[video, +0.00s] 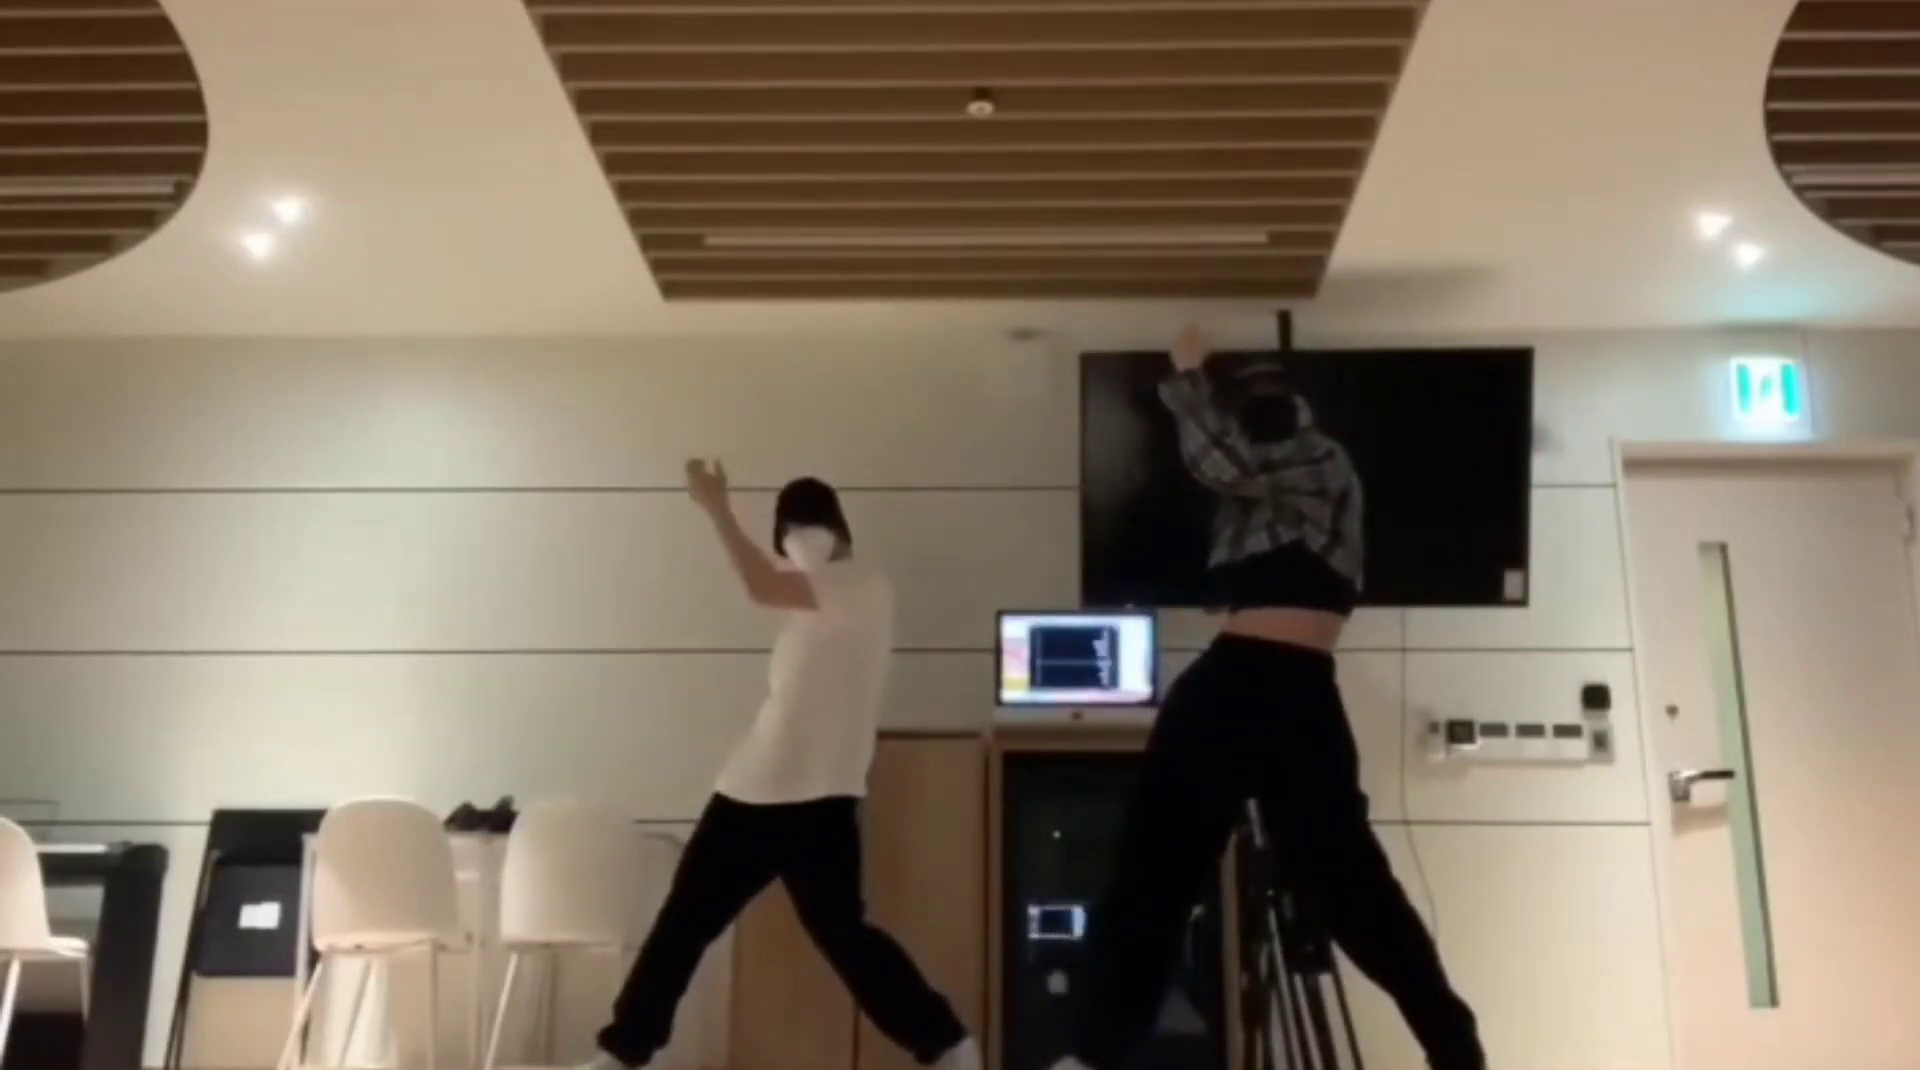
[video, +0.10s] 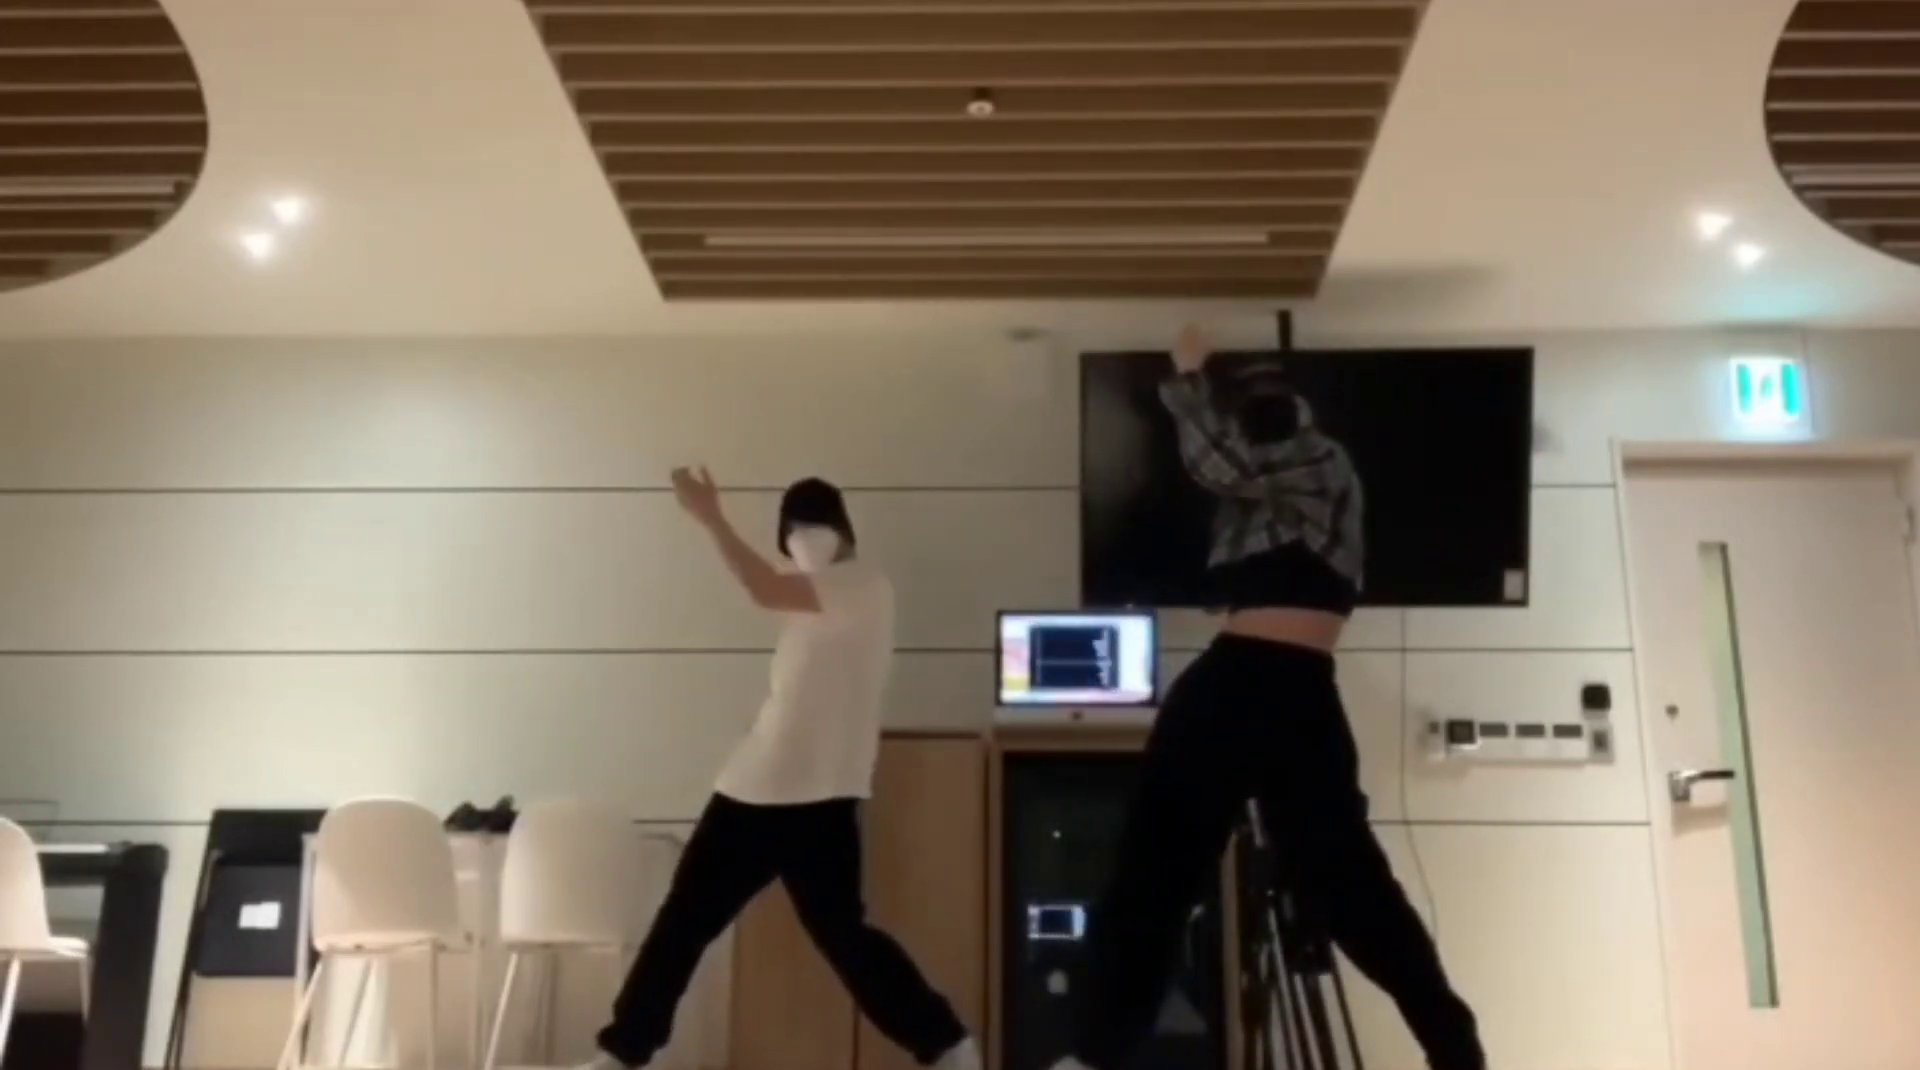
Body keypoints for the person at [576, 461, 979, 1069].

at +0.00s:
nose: (789, 554)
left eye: (791, 541)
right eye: (787, 544)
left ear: (799, 534)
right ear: (840, 530)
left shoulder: (853, 585)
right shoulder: (858, 591)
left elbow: (765, 586)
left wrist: (718, 511)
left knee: (685, 924)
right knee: (842, 931)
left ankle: (624, 1048)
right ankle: (948, 1045)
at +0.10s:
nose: (795, 554)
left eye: (795, 540)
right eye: (793, 544)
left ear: (802, 535)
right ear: (845, 531)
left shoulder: (854, 586)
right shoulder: (864, 592)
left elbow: (769, 590)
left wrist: (712, 519)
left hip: (772, 792)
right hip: (824, 796)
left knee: (685, 923)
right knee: (842, 932)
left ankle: (623, 1049)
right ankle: (948, 1046)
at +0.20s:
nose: (797, 550)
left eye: (803, 535)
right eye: (793, 540)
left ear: (830, 531)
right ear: (842, 533)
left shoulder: (861, 588)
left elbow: (771, 590)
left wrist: (713, 522)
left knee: (682, 925)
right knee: (843, 933)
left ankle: (623, 1049)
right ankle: (948, 1047)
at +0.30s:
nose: (801, 538)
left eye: (809, 523)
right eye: (794, 529)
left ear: (839, 526)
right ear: (795, 543)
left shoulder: (865, 589)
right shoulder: (823, 597)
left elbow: (773, 591)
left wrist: (712, 522)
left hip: (807, 797)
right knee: (841, 933)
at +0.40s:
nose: (807, 535)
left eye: (819, 520)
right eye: (798, 525)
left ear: (846, 527)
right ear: (793, 539)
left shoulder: (867, 590)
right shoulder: (814, 595)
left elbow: (775, 592)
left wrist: (712, 523)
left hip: (811, 798)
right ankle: (622, 1049)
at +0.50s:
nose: (813, 527)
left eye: (826, 514)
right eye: (803, 518)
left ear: (855, 525)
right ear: (795, 535)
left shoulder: (871, 592)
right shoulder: (799, 605)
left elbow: (777, 593)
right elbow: (767, 701)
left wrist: (707, 526)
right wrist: (728, 763)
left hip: (816, 798)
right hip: (749, 793)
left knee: (841, 932)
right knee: (677, 925)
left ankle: (946, 1046)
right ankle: (622, 1049)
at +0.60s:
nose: (825, 550)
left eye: (838, 534)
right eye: (813, 537)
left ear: (866, 534)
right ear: (802, 541)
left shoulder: (876, 595)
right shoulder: (808, 617)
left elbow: (772, 583)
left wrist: (687, 531)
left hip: (830, 805)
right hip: (757, 801)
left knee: (851, 940)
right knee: (679, 925)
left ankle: (949, 1049)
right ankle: (621, 1050)